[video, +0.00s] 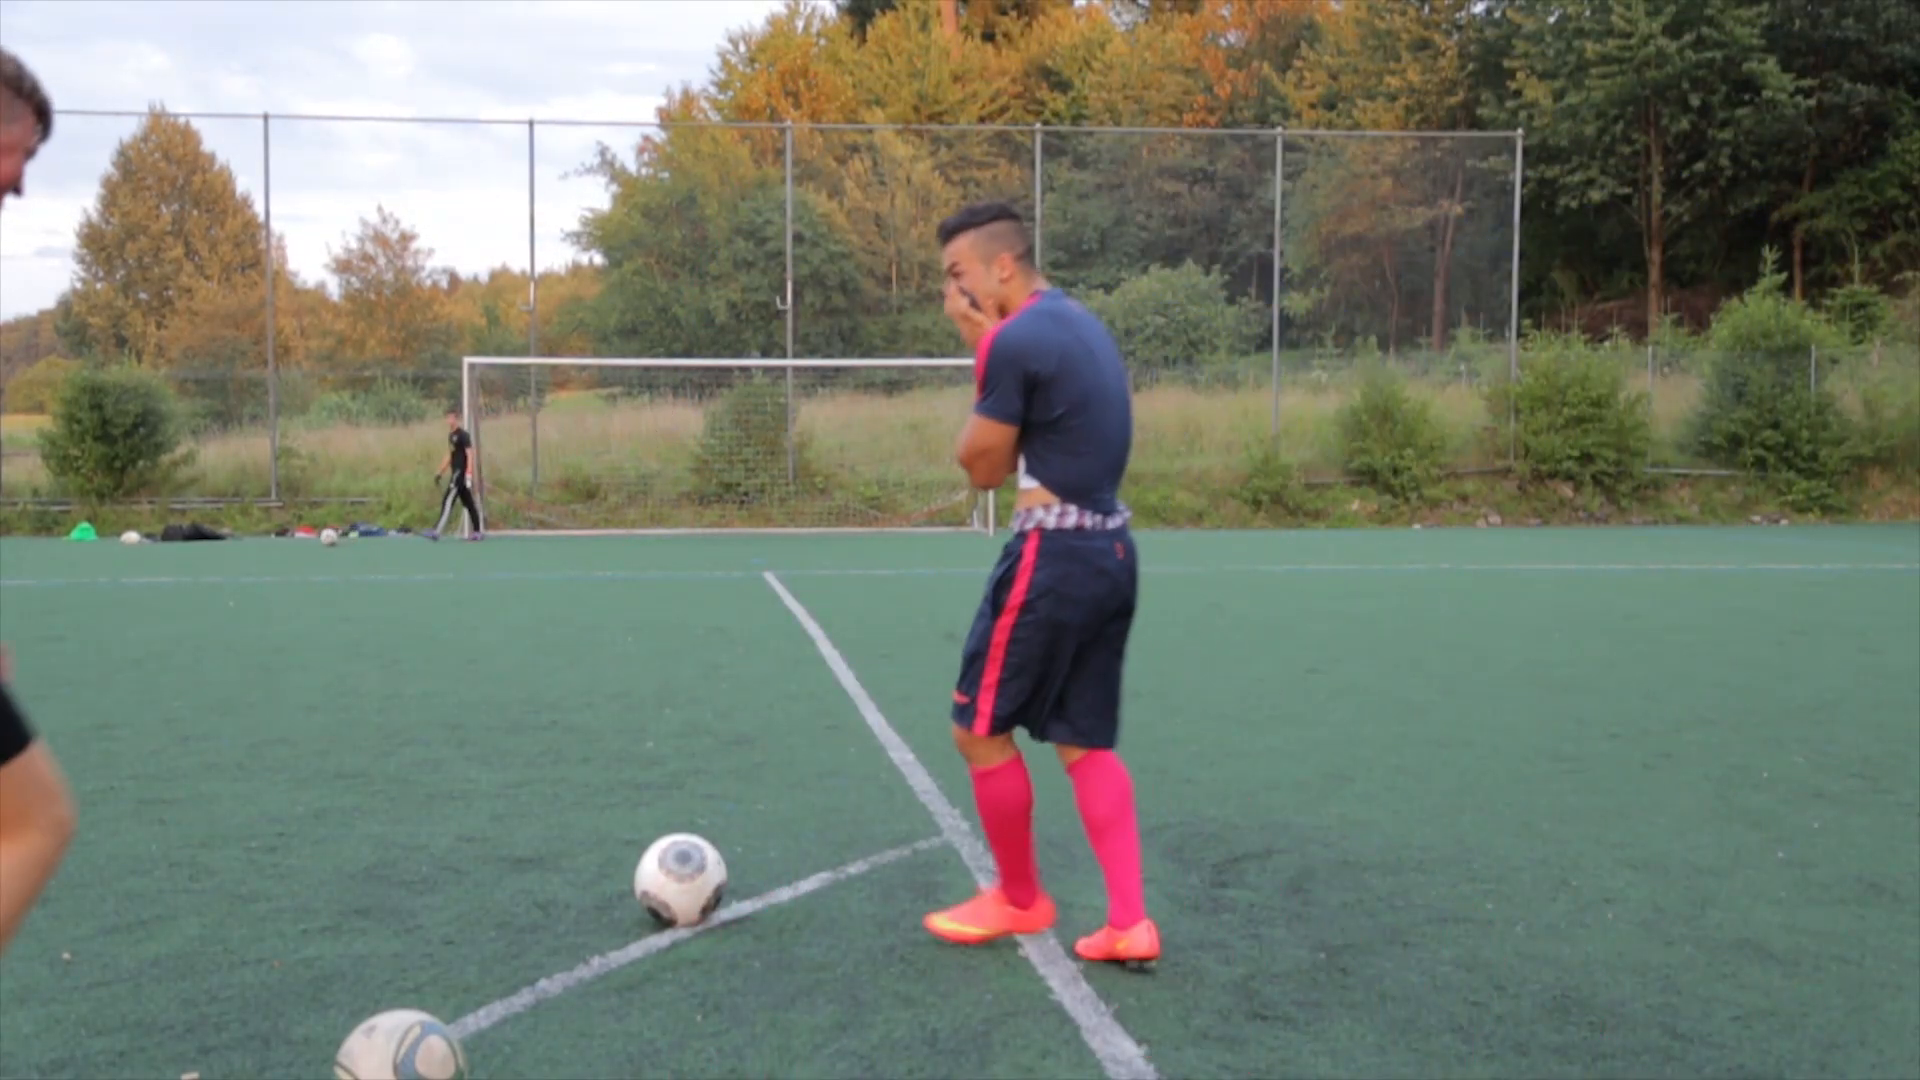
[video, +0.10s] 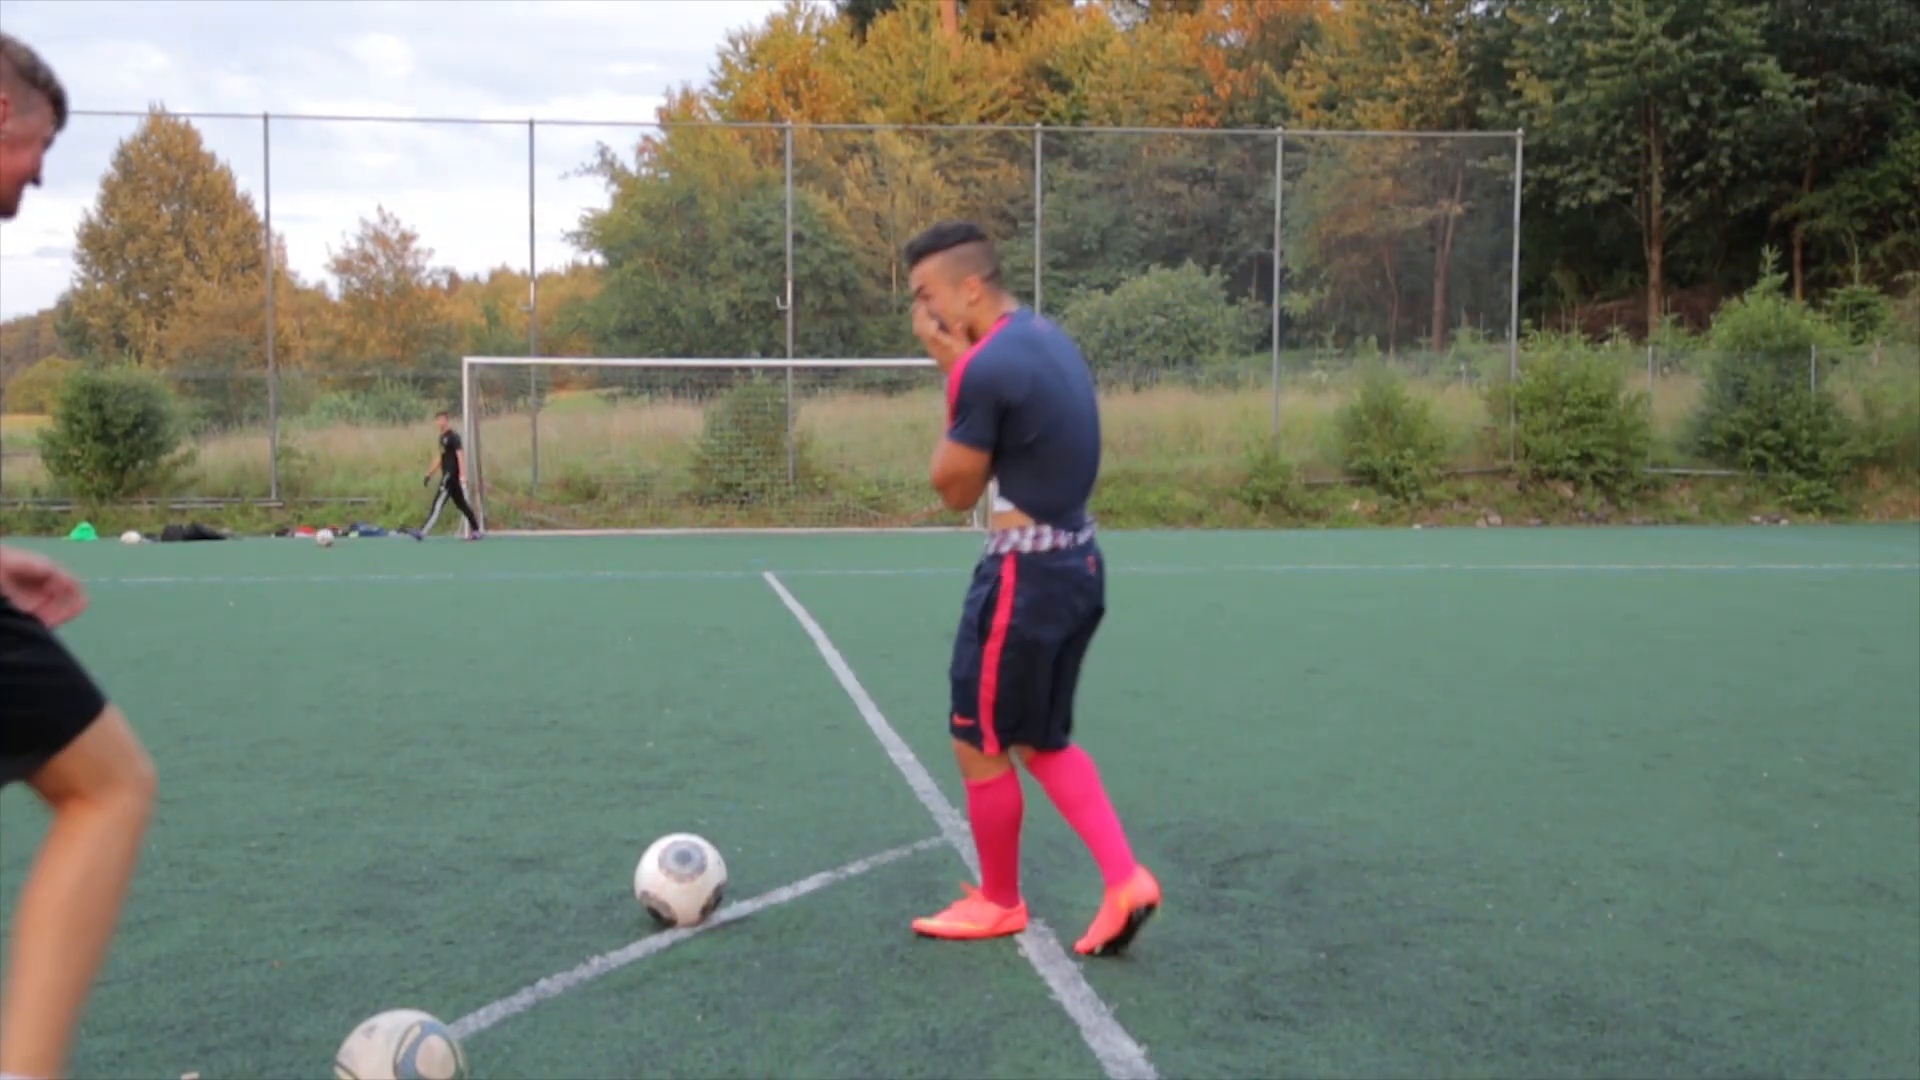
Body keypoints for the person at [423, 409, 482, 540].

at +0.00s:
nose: (449, 421)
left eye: (451, 418)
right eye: (448, 418)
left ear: (456, 419)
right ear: (448, 420)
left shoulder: (463, 435)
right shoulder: (452, 435)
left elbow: (470, 455)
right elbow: (450, 455)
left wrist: (469, 474)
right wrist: (440, 472)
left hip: (461, 470)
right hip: (456, 469)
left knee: (448, 499)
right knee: (468, 502)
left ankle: (437, 531)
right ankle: (477, 530)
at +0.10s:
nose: (440, 423)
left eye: (442, 420)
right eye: (438, 420)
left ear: (447, 421)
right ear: (438, 422)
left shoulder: (453, 437)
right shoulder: (443, 437)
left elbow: (460, 457)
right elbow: (440, 458)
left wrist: (463, 475)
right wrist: (429, 473)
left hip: (452, 472)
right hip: (447, 472)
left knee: (439, 502)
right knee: (461, 503)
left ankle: (423, 532)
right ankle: (476, 529)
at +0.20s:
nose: (430, 424)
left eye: (432, 421)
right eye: (428, 421)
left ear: (437, 421)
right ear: (427, 423)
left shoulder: (443, 437)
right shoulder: (433, 438)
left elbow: (449, 457)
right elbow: (431, 460)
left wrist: (453, 476)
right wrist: (421, 476)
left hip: (440, 473)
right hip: (436, 473)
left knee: (428, 502)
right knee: (449, 503)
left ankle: (417, 533)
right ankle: (469, 525)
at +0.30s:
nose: (421, 421)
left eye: (423, 418)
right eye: (420, 418)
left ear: (428, 419)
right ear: (419, 420)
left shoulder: (434, 435)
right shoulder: (423, 435)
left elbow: (438, 456)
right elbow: (423, 457)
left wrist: (440, 475)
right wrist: (417, 473)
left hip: (430, 471)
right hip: (424, 471)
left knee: (421, 502)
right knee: (429, 504)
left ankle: (416, 533)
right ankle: (455, 520)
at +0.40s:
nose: (412, 420)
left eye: (415, 417)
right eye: (411, 417)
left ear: (421, 419)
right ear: (410, 419)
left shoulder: (425, 434)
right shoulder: (415, 433)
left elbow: (428, 456)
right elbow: (417, 455)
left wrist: (425, 473)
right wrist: (413, 471)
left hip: (422, 472)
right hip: (414, 471)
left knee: (419, 502)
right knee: (411, 500)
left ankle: (416, 532)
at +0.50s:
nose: (405, 419)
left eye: (407, 416)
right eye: (403, 416)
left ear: (413, 417)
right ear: (403, 418)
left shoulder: (418, 432)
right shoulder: (407, 433)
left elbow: (418, 454)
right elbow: (408, 454)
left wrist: (410, 473)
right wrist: (405, 470)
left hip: (416, 471)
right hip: (406, 470)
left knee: (416, 502)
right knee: (396, 499)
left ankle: (416, 531)